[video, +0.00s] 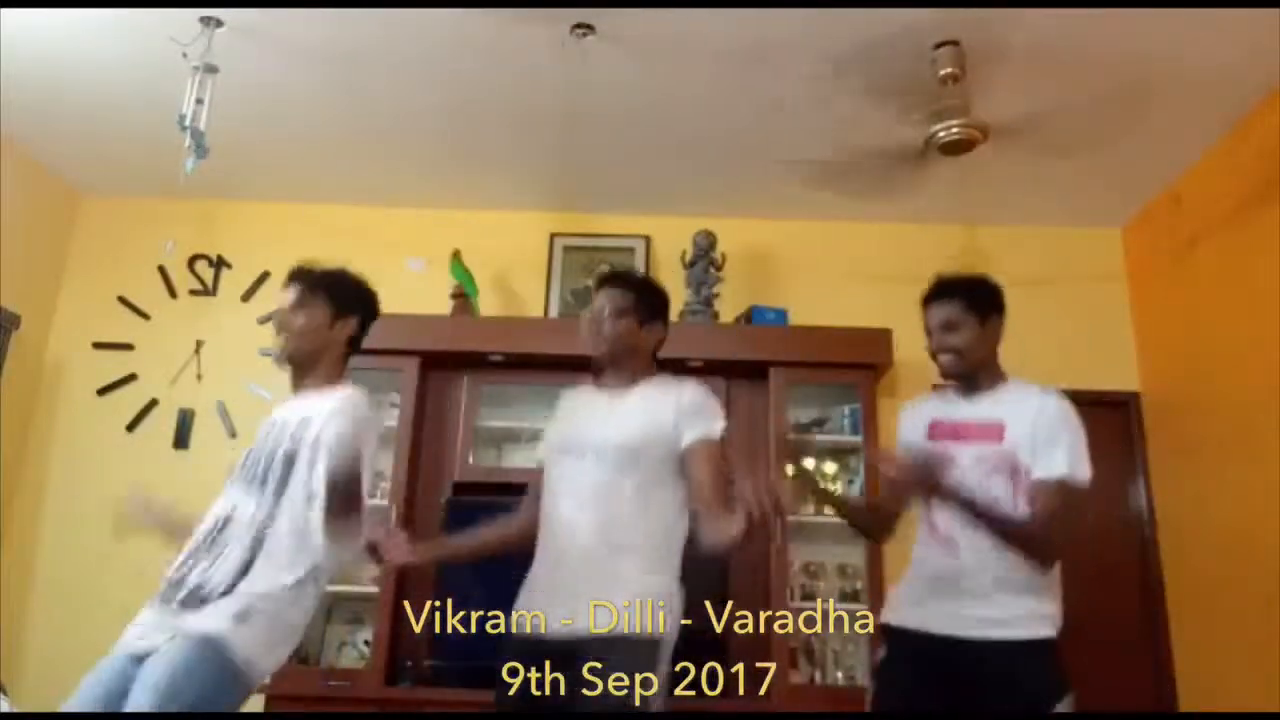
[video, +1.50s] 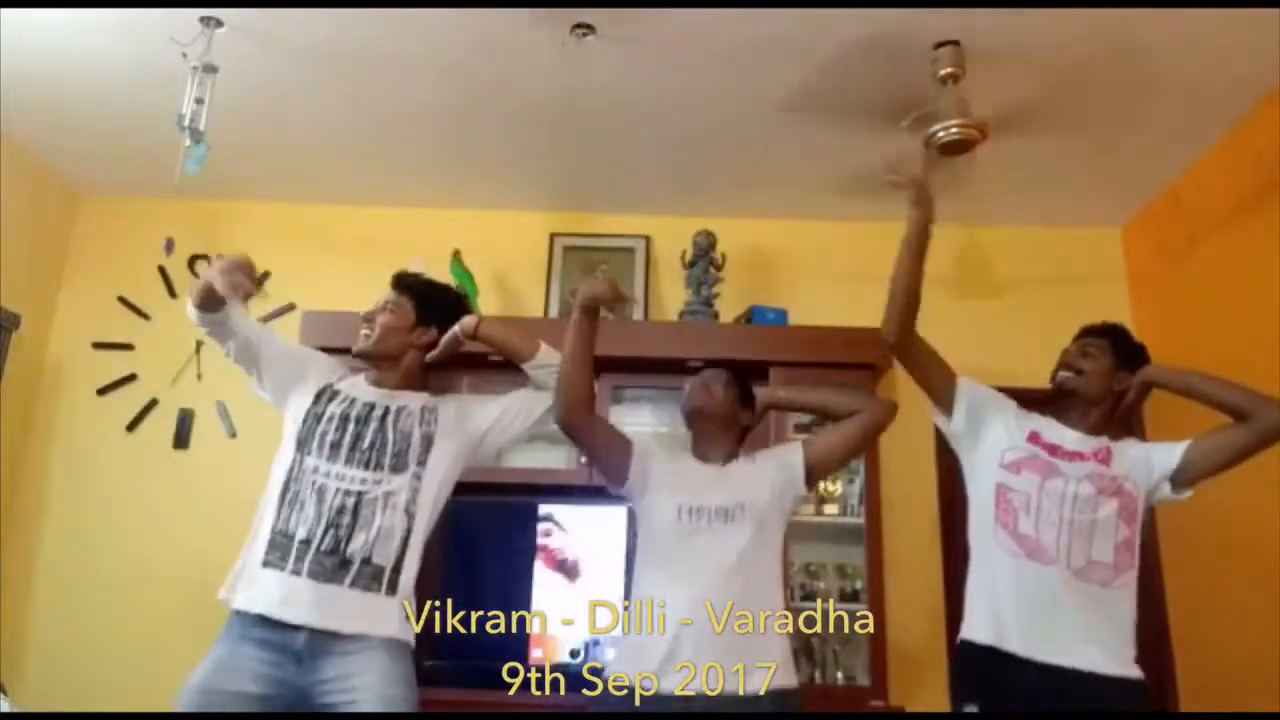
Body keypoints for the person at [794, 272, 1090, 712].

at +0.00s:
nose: (937, 344)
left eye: (950, 329)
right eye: (930, 333)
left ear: (992, 330)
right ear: (925, 337)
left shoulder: (1045, 412)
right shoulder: (918, 414)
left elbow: (1045, 545)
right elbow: (878, 526)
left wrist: (945, 489)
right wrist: (826, 488)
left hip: (1012, 641)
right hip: (920, 631)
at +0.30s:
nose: (956, 379)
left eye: (973, 363)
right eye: (942, 367)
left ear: (1006, 373)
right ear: (932, 377)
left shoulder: (1063, 470)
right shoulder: (902, 472)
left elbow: (1082, 605)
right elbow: (881, 585)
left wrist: (1075, 694)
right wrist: (874, 686)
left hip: (1038, 687)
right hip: (948, 687)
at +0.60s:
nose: (1019, 346)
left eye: (1038, 338)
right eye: (1011, 338)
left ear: (1068, 366)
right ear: (998, 356)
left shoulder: (1097, 447)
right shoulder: (952, 428)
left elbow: (1234, 469)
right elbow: (867, 468)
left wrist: (1151, 386)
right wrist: (890, 393)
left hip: (1075, 677)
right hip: (971, 679)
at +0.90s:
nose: (1063, 388)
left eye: (1083, 381)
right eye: (1058, 378)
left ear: (1115, 411)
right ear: (1047, 394)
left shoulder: (1132, 493)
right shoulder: (990, 448)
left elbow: (1265, 467)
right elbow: (888, 369)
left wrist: (1151, 409)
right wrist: (884, 256)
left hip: (1093, 700)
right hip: (986, 686)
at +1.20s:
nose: (1066, 375)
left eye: (1085, 371)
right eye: (1064, 366)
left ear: (1118, 397)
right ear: (1051, 380)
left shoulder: (1137, 474)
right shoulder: (988, 436)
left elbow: (1266, 433)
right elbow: (874, 390)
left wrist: (1154, 390)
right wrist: (937, 308)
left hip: (1100, 680)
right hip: (995, 667)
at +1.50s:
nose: (1067, 362)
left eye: (1087, 357)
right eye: (1065, 354)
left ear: (1121, 385)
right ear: (1054, 370)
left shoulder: (1140, 464)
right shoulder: (993, 423)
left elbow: (1268, 419)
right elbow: (899, 334)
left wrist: (1158, 376)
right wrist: (920, 213)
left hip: (1101, 681)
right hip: (994, 669)